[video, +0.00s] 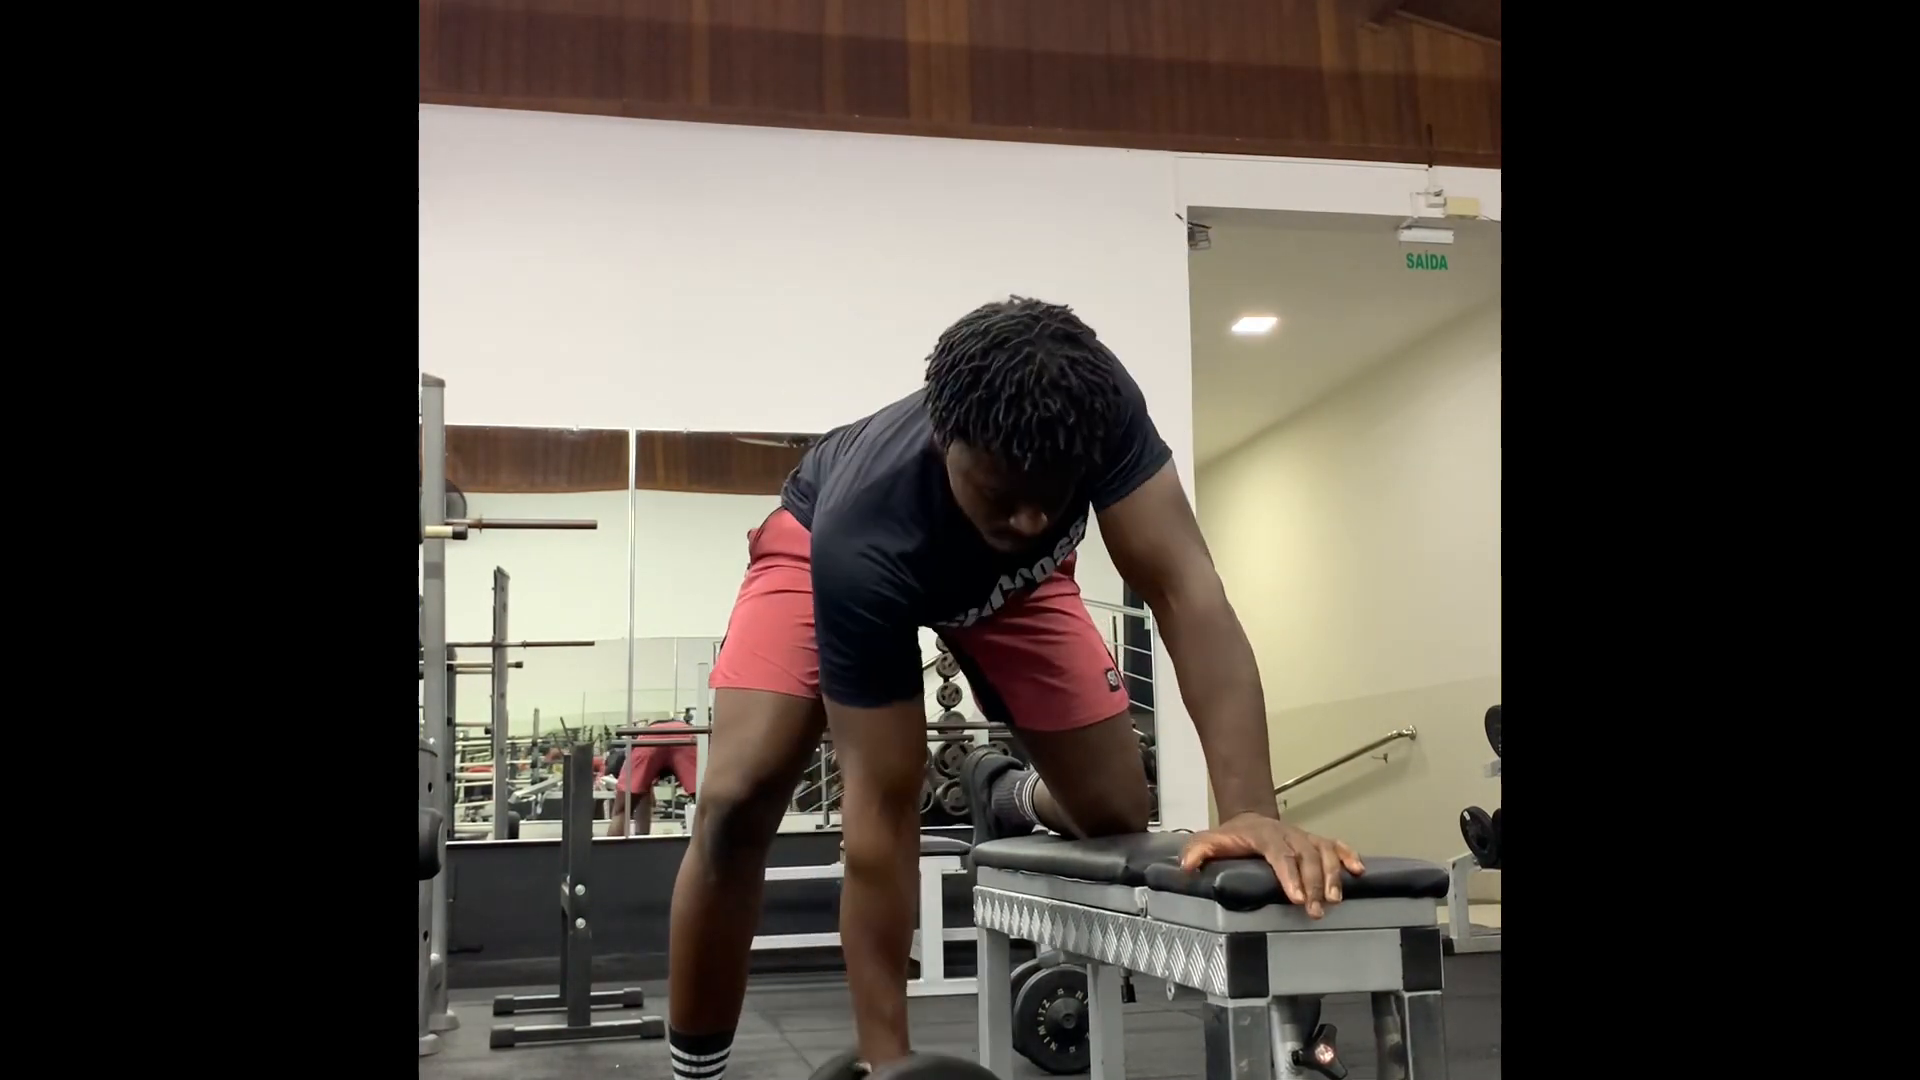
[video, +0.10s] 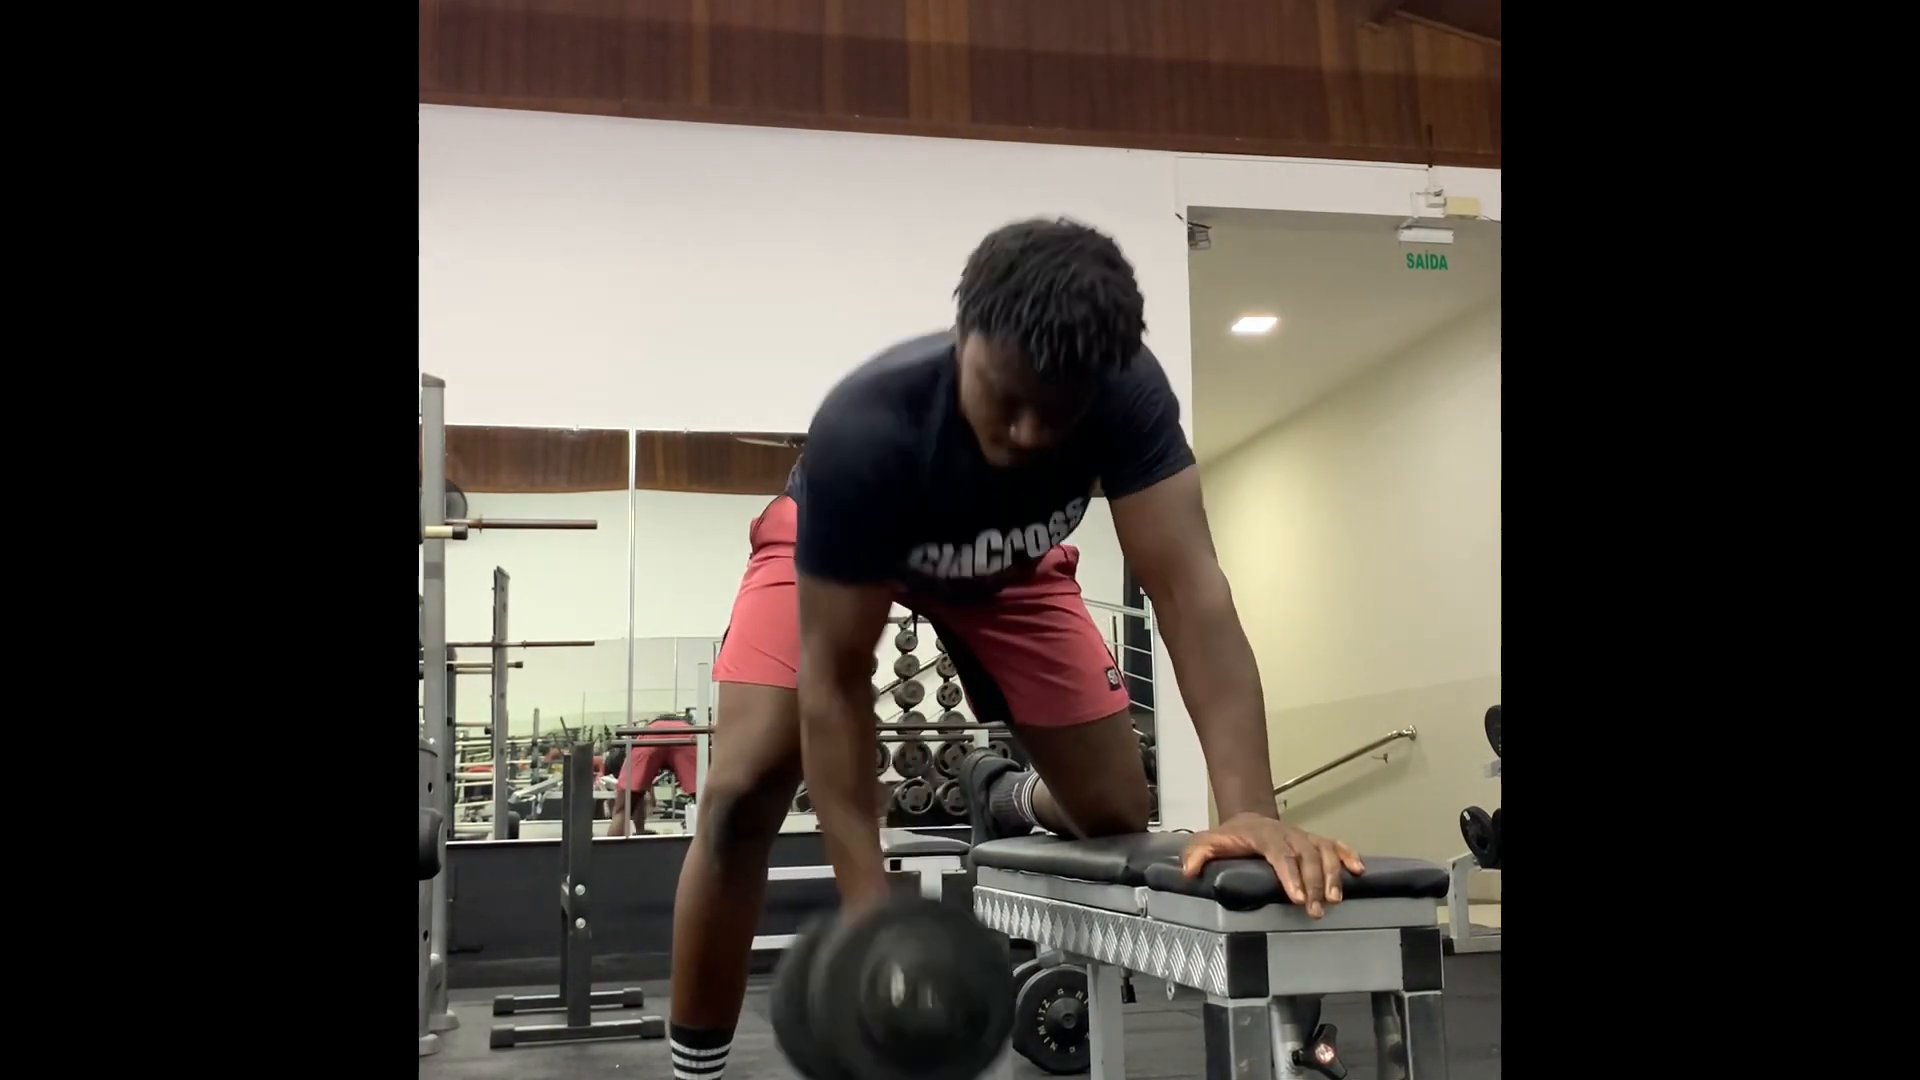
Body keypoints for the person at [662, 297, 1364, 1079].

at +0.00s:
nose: (1030, 524)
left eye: (1055, 499)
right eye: (1001, 499)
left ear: (1088, 451)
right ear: (947, 449)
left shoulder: (1098, 410)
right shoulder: (869, 540)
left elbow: (1187, 592)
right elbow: (882, 813)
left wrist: (1250, 808)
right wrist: (883, 1058)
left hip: (1017, 562)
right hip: (836, 541)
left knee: (1121, 816)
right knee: (734, 803)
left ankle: (1000, 797)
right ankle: (695, 1069)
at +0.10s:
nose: (1028, 432)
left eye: (1058, 411)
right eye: (1006, 400)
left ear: (1101, 379)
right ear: (965, 342)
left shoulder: (1126, 394)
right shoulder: (866, 433)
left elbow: (1191, 587)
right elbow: (834, 683)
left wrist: (1250, 806)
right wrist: (871, 921)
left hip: (1013, 563)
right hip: (839, 552)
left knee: (1121, 815)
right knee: (741, 794)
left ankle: (1002, 797)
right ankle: (695, 1072)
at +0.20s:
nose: (1064, 322)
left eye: (1098, 302)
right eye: (1045, 286)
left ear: (1141, 282)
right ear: (1017, 231)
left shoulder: (1160, 376)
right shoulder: (903, 287)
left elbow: (1202, 579)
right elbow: (785, 451)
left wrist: (1252, 806)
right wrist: (832, 627)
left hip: (1008, 573)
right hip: (843, 545)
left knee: (1120, 818)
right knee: (742, 798)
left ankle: (996, 797)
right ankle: (693, 1073)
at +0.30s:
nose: (1104, 312)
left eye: (1140, 291)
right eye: (1083, 276)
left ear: (1181, 265)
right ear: (1049, 215)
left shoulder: (1178, 381)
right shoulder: (945, 237)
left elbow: (1210, 578)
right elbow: (806, 293)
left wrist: (1253, 809)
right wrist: (830, 433)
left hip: (1004, 555)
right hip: (857, 512)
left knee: (1118, 810)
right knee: (749, 798)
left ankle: (991, 802)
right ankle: (696, 1073)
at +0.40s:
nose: (1108, 338)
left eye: (1142, 312)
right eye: (1086, 300)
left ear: (1179, 286)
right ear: (1045, 239)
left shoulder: (1177, 383)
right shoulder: (945, 255)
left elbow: (1212, 583)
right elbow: (803, 315)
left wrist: (1253, 807)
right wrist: (826, 448)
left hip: (1010, 560)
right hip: (859, 520)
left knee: (1118, 813)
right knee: (749, 800)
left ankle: (988, 802)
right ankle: (695, 1074)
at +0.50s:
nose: (1094, 370)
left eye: (1125, 347)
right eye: (1071, 336)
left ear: (1160, 318)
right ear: (1021, 277)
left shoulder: (1165, 381)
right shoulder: (913, 316)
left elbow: (1205, 579)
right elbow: (789, 470)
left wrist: (1251, 806)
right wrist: (840, 658)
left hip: (1020, 574)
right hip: (847, 545)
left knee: (1120, 816)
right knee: (745, 800)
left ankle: (992, 798)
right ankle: (695, 1073)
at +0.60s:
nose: (1077, 420)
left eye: (1103, 394)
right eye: (1052, 392)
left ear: (1135, 353)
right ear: (997, 336)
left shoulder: (1146, 391)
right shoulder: (891, 401)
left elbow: (1198, 586)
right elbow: (828, 631)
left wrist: (1251, 806)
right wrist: (869, 862)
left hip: (1016, 567)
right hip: (844, 544)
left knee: (1123, 819)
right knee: (742, 797)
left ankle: (1003, 797)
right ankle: (695, 1070)